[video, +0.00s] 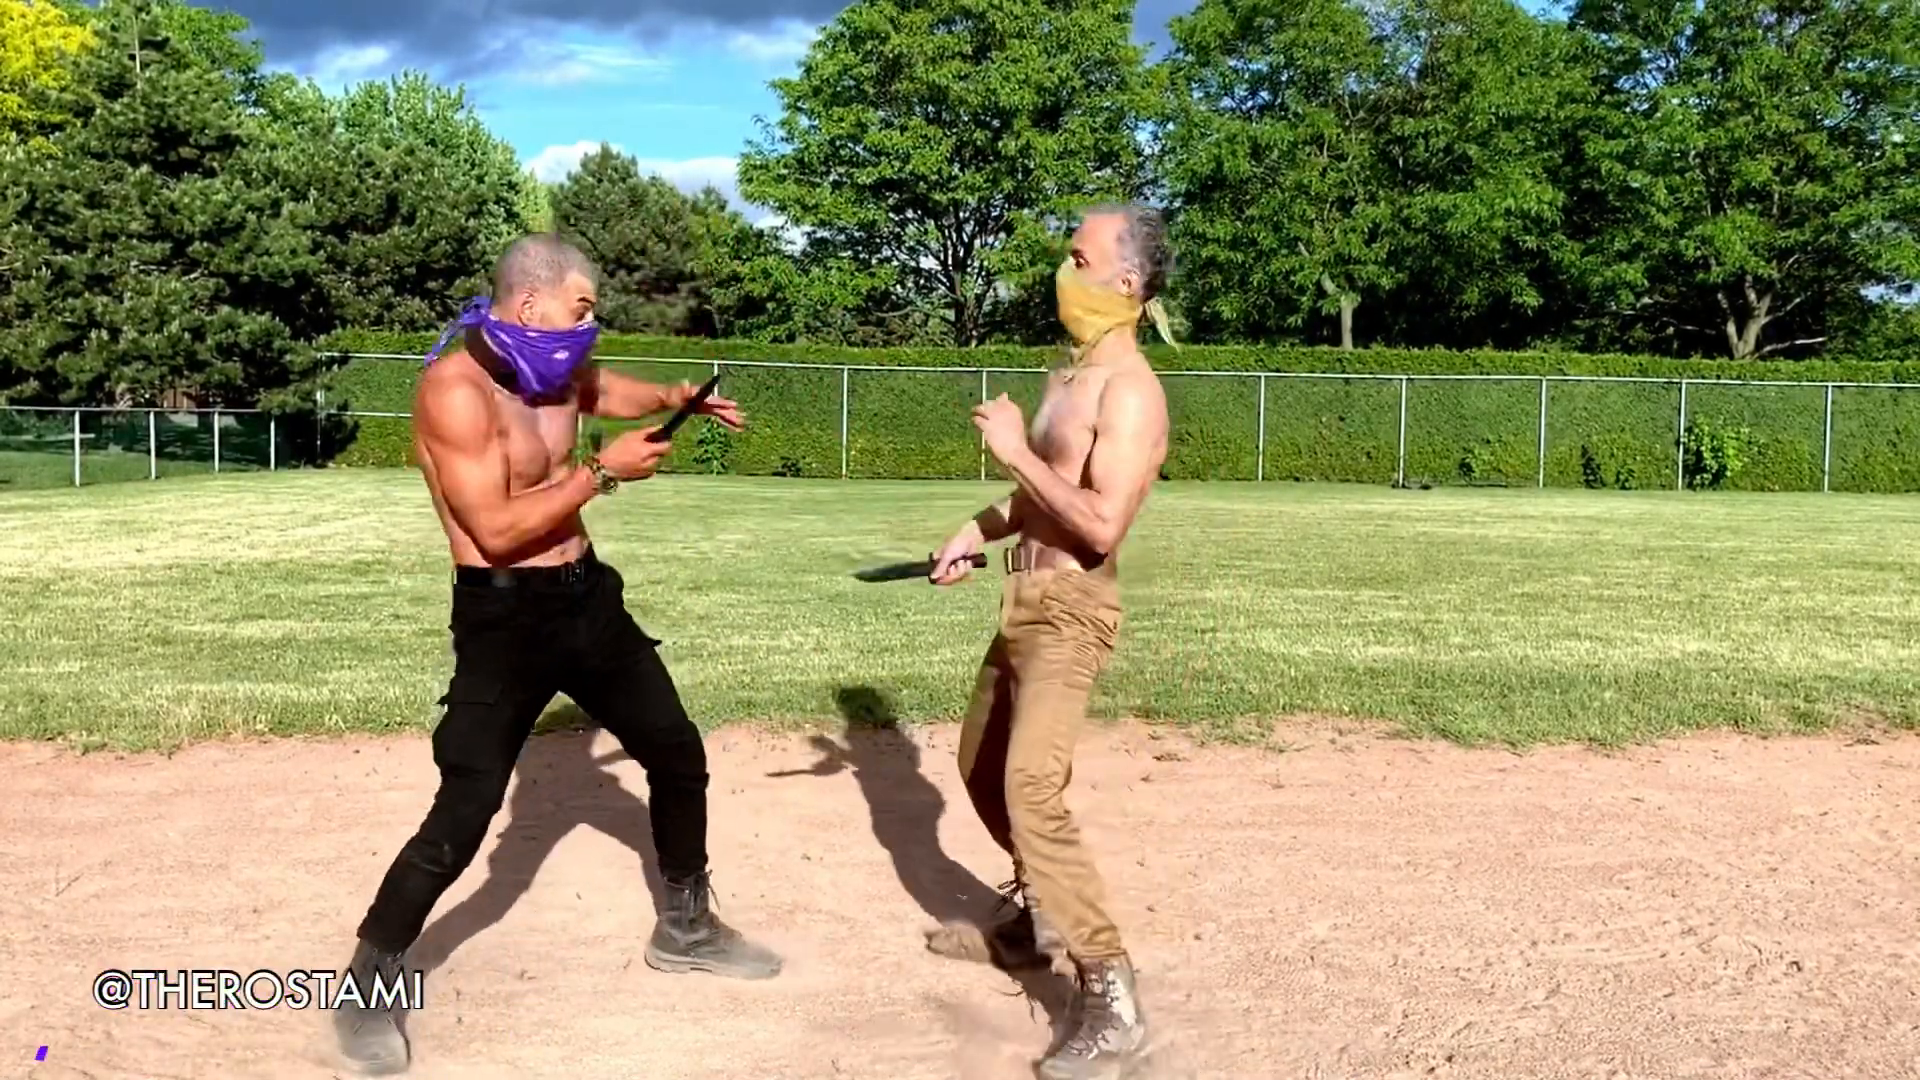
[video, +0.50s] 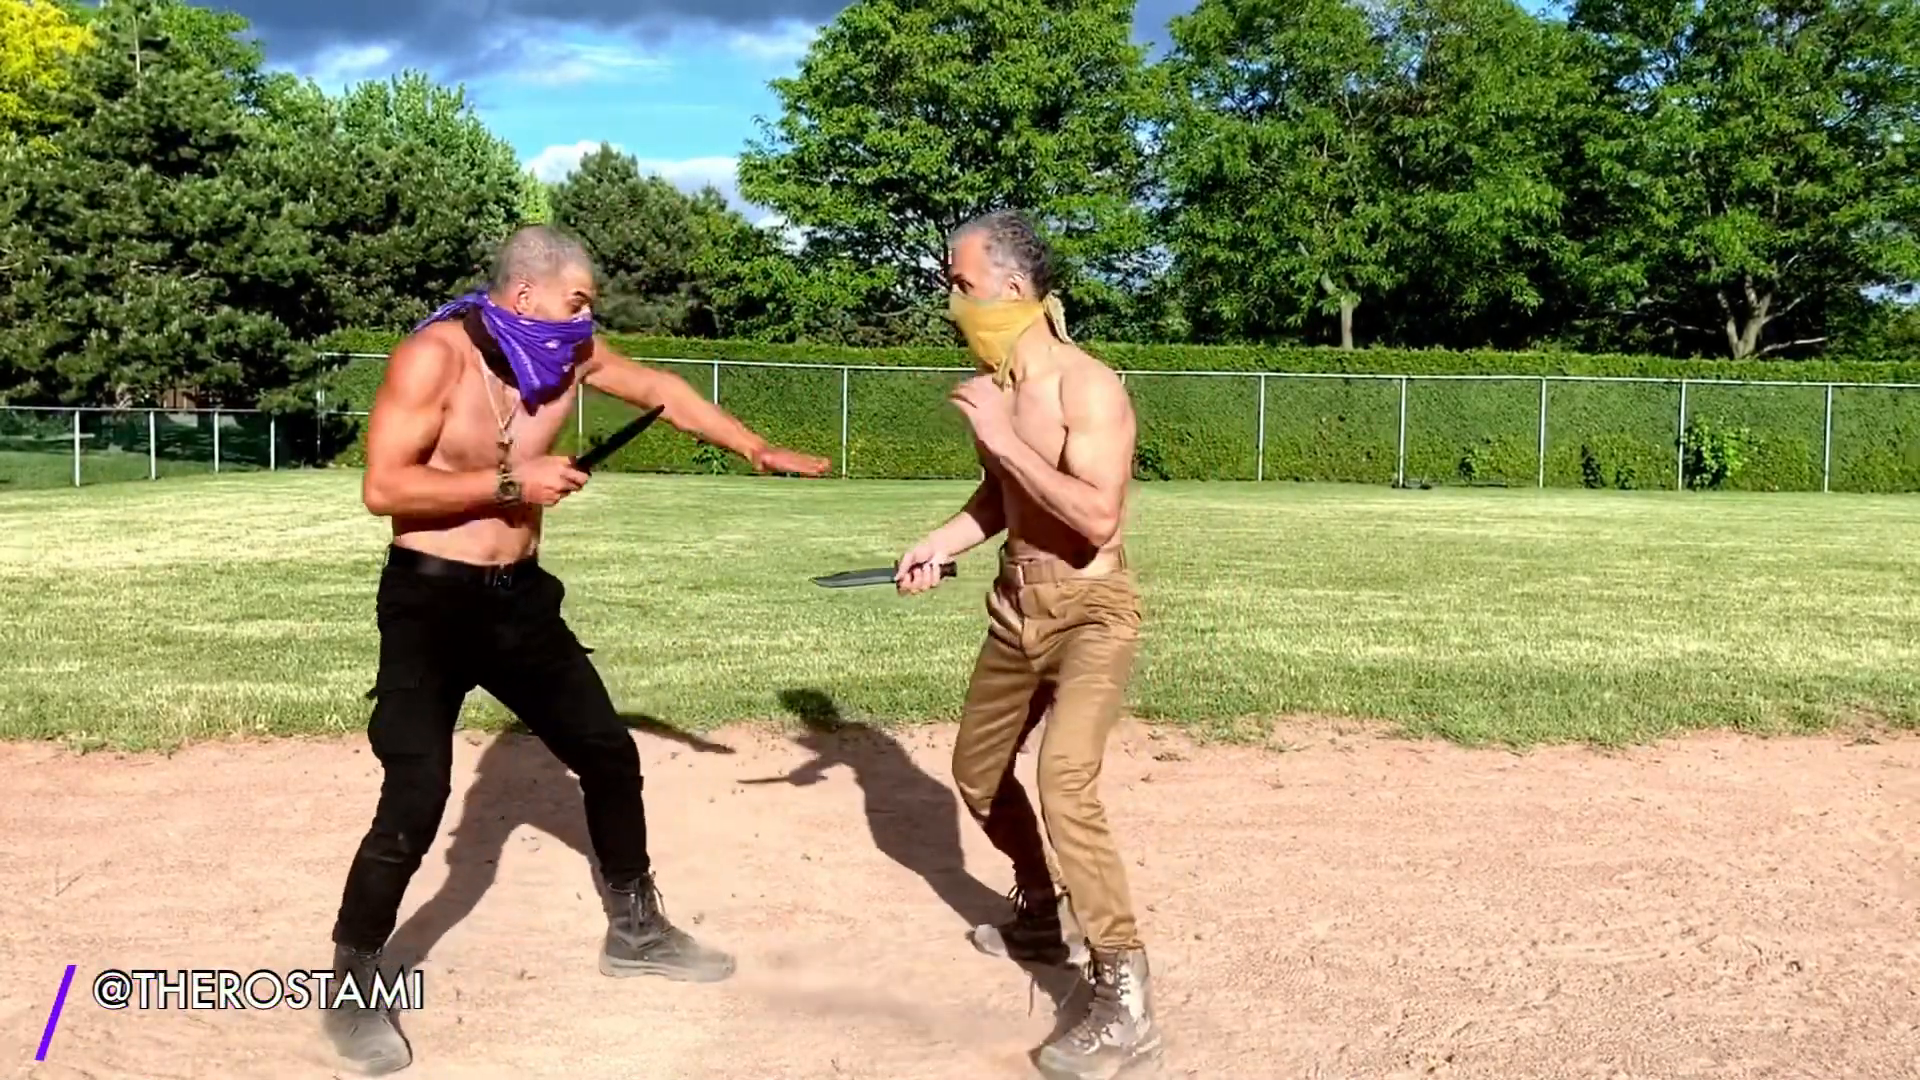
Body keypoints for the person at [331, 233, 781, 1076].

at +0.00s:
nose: (586, 327)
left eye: (588, 315)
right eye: (578, 312)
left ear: (537, 302)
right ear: (526, 303)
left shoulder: (552, 361)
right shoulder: (453, 388)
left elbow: (602, 392)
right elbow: (497, 534)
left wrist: (678, 398)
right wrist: (601, 470)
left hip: (586, 603)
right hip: (503, 620)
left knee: (679, 757)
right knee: (461, 820)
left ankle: (687, 924)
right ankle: (366, 986)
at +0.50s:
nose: (586, 321)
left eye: (589, 306)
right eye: (575, 304)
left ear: (559, 300)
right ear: (519, 293)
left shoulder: (568, 351)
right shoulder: (432, 355)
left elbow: (664, 393)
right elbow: (385, 488)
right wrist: (509, 482)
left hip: (521, 604)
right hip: (426, 606)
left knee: (609, 755)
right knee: (414, 804)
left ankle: (635, 925)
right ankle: (353, 986)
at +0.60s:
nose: (595, 337)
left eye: (601, 323)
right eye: (585, 320)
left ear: (587, 319)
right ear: (529, 315)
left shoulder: (581, 380)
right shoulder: (444, 371)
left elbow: (638, 441)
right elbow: (352, 474)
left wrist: (712, 468)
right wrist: (463, 504)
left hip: (529, 613)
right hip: (437, 611)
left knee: (631, 758)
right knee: (407, 806)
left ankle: (639, 928)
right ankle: (338, 986)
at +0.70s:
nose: (586, 338)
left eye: (591, 323)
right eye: (578, 320)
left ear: (538, 311)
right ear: (525, 308)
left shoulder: (529, 373)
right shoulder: (459, 379)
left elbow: (553, 447)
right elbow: (394, 513)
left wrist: (624, 418)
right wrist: (508, 565)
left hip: (534, 604)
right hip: (463, 612)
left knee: (639, 751)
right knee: (443, 820)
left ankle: (643, 927)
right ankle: (343, 989)